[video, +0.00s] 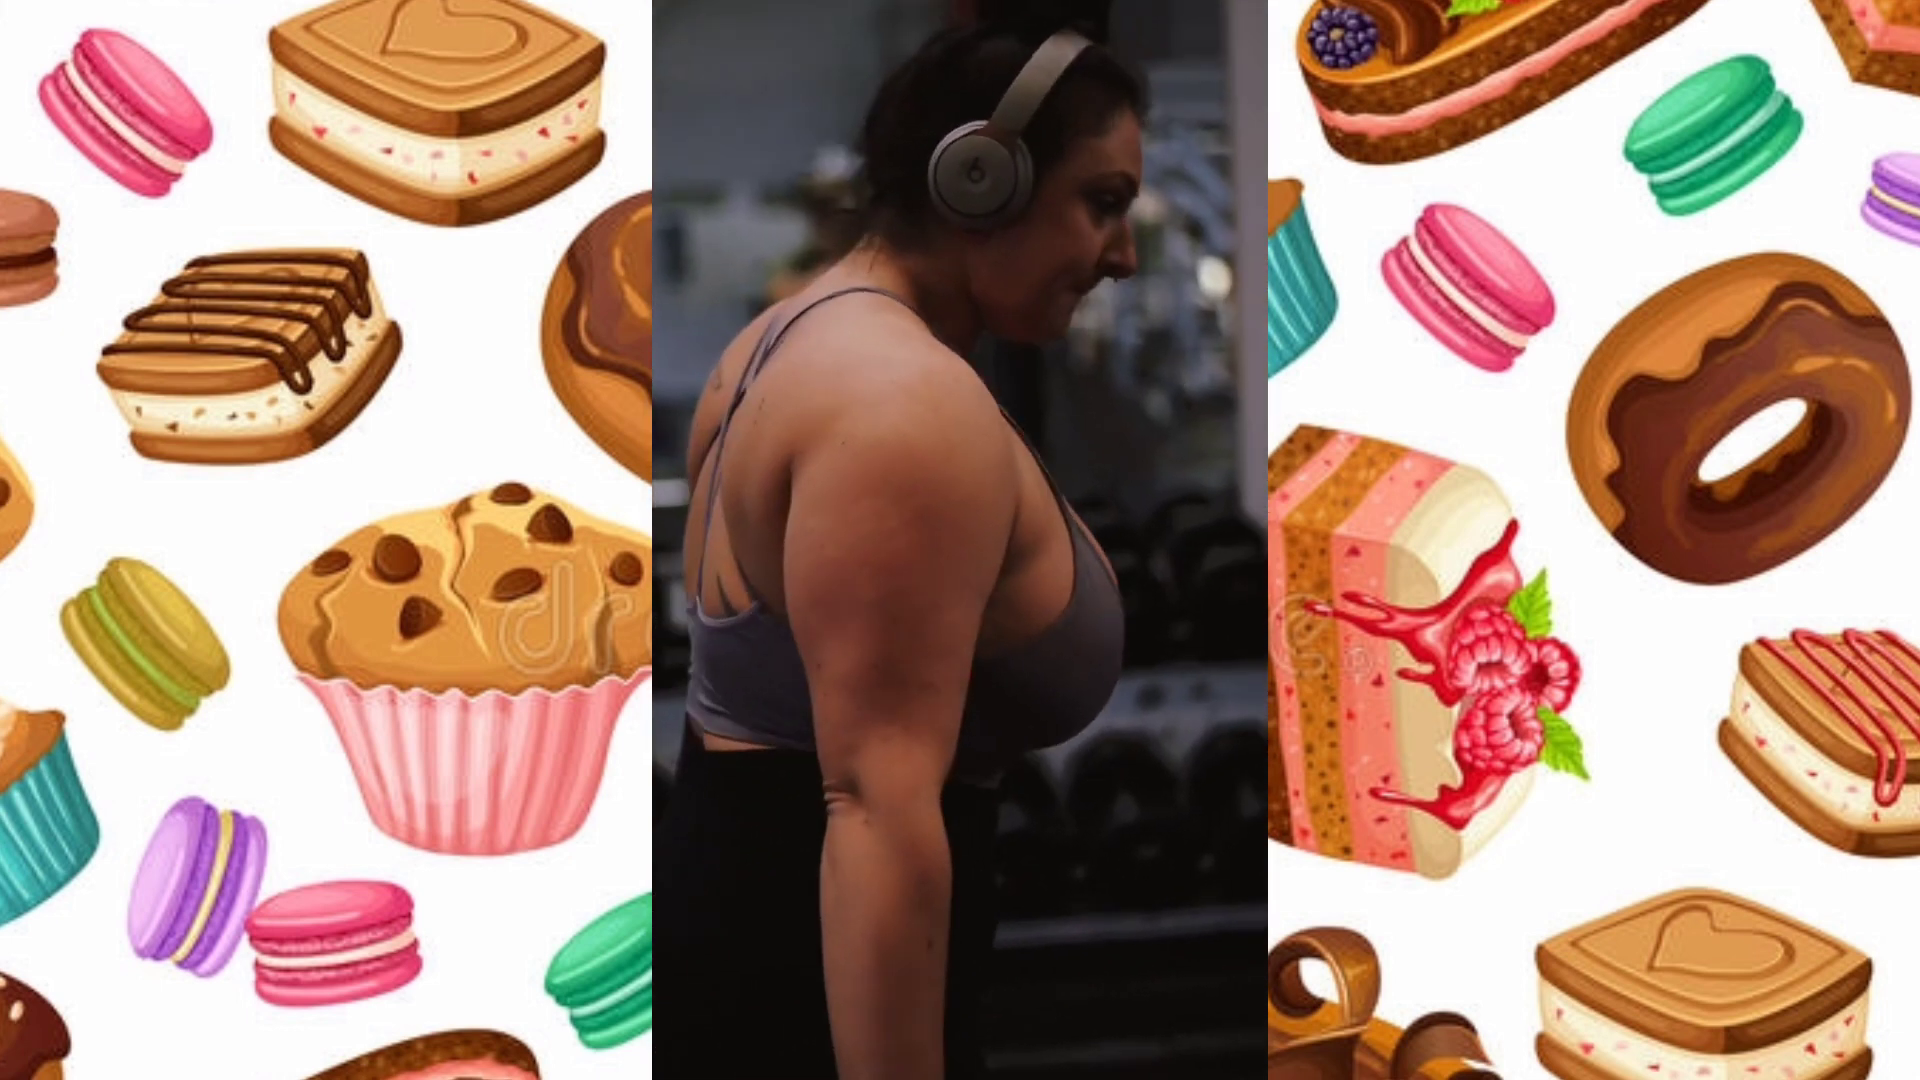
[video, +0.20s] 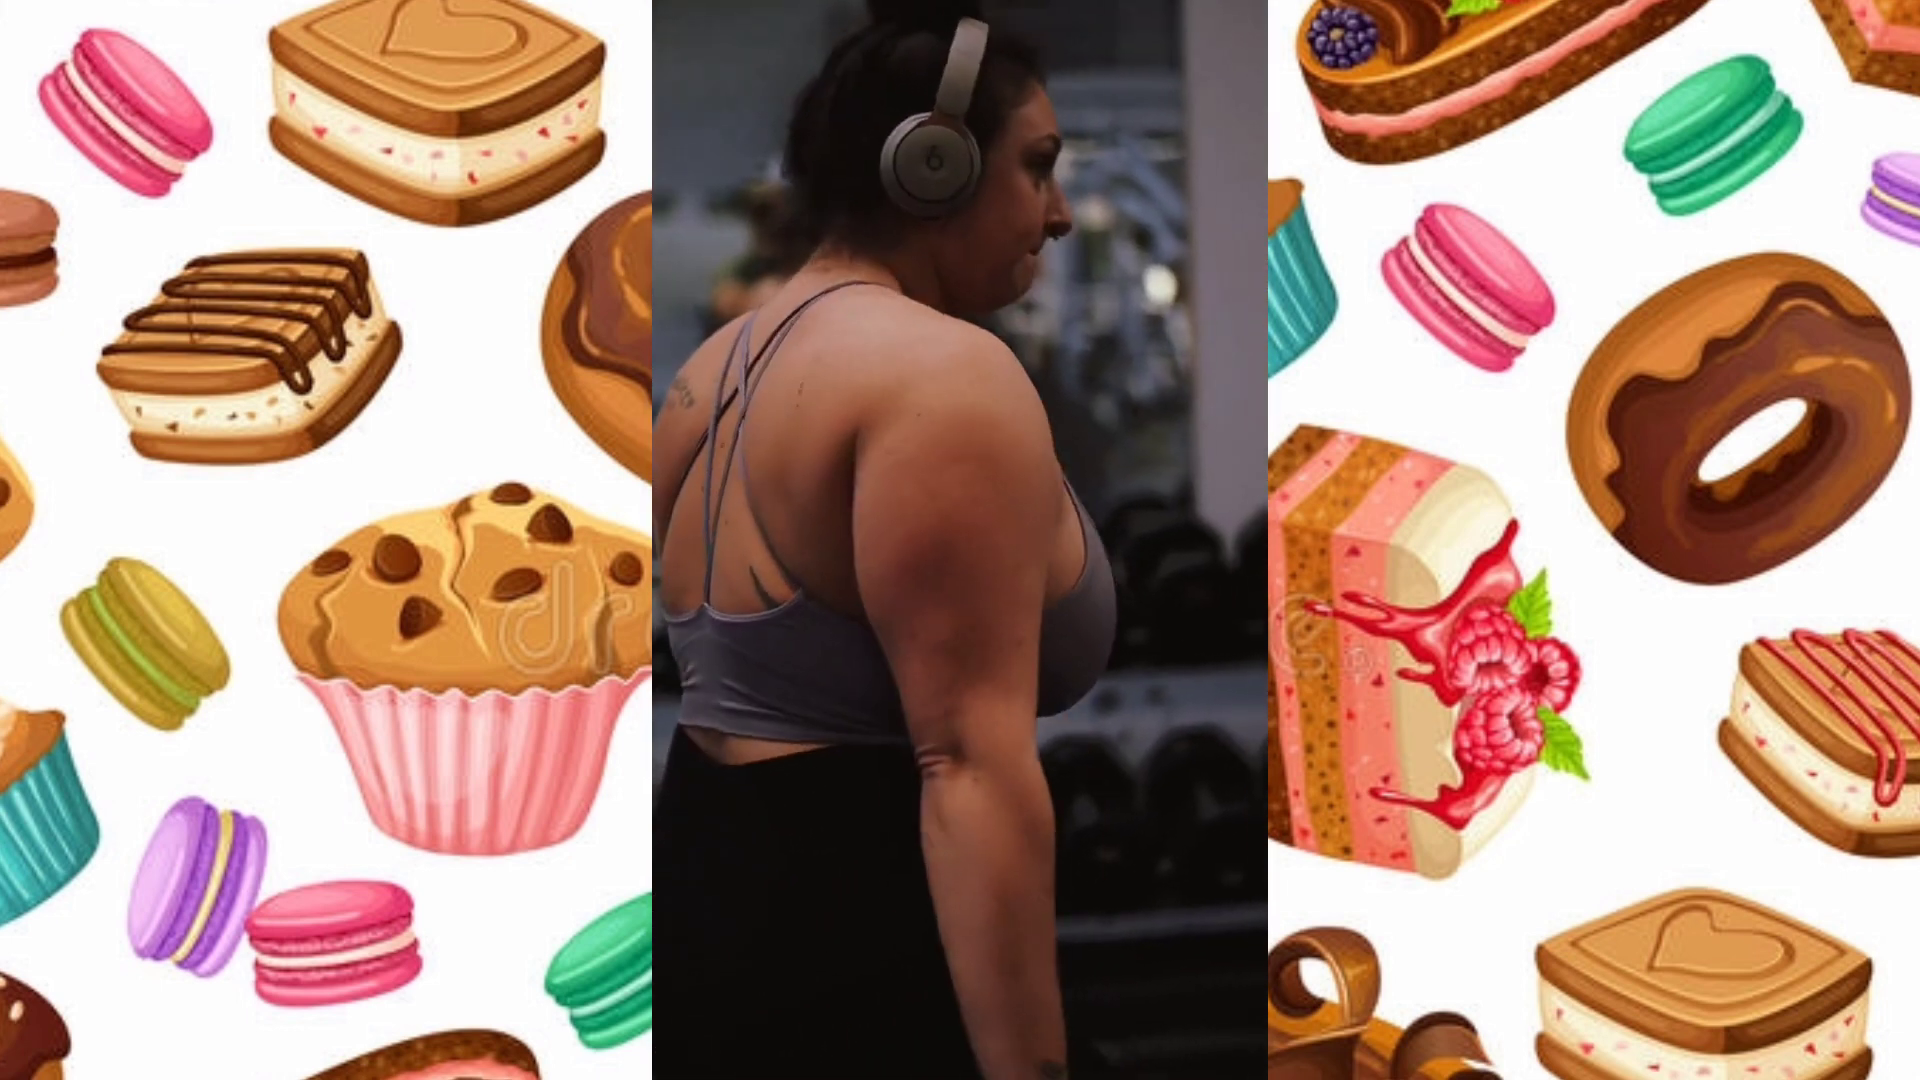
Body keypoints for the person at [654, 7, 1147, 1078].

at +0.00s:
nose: (1122, 252)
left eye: (1126, 209)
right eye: (1102, 202)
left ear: (969, 183)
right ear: (977, 181)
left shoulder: (785, 337)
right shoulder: (903, 412)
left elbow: (747, 726)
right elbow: (876, 799)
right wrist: (890, 1063)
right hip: (850, 879)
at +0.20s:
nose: (1062, 211)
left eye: (1057, 170)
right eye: (1039, 165)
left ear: (925, 166)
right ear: (930, 164)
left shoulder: (714, 362)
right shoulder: (941, 380)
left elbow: (716, 701)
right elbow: (972, 762)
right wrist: (1031, 1065)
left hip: (727, 854)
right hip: (883, 870)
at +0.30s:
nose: (1038, 199)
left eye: (1031, 159)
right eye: (1017, 156)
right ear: (919, 162)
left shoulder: (696, 367)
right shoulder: (968, 361)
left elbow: (678, 707)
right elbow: (1015, 742)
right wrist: (1103, 1050)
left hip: (721, 867)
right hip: (921, 875)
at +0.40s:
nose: (1026, 190)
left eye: (1018, 149)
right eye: (1005, 146)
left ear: (893, 158)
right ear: (907, 156)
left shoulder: (688, 368)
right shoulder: (988, 352)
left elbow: (674, 695)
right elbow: (1062, 728)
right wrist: (1173, 1038)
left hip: (726, 872)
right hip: (942, 874)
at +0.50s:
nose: (1015, 180)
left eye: (1008, 141)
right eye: (996, 140)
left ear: (805, 161)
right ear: (907, 152)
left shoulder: (671, 372)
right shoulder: (1013, 349)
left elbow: (651, 700)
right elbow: (1106, 714)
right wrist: (1228, 1018)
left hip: (732, 894)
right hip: (978, 892)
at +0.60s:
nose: (1031, 176)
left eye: (1024, 138)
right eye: (1013, 138)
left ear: (817, 150)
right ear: (926, 146)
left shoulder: (677, 368)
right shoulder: (1057, 349)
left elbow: (637, 691)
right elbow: (1155, 701)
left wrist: (617, 955)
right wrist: (1280, 1000)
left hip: (751, 879)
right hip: (1009, 878)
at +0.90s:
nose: (1287, 215)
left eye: (1290, 180)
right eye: (1281, 179)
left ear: (1062, 166)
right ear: (1224, 169)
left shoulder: (875, 361)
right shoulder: (1283, 352)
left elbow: (766, 690)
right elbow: (1378, 662)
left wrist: (646, 954)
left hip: (951, 868)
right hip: (1215, 865)